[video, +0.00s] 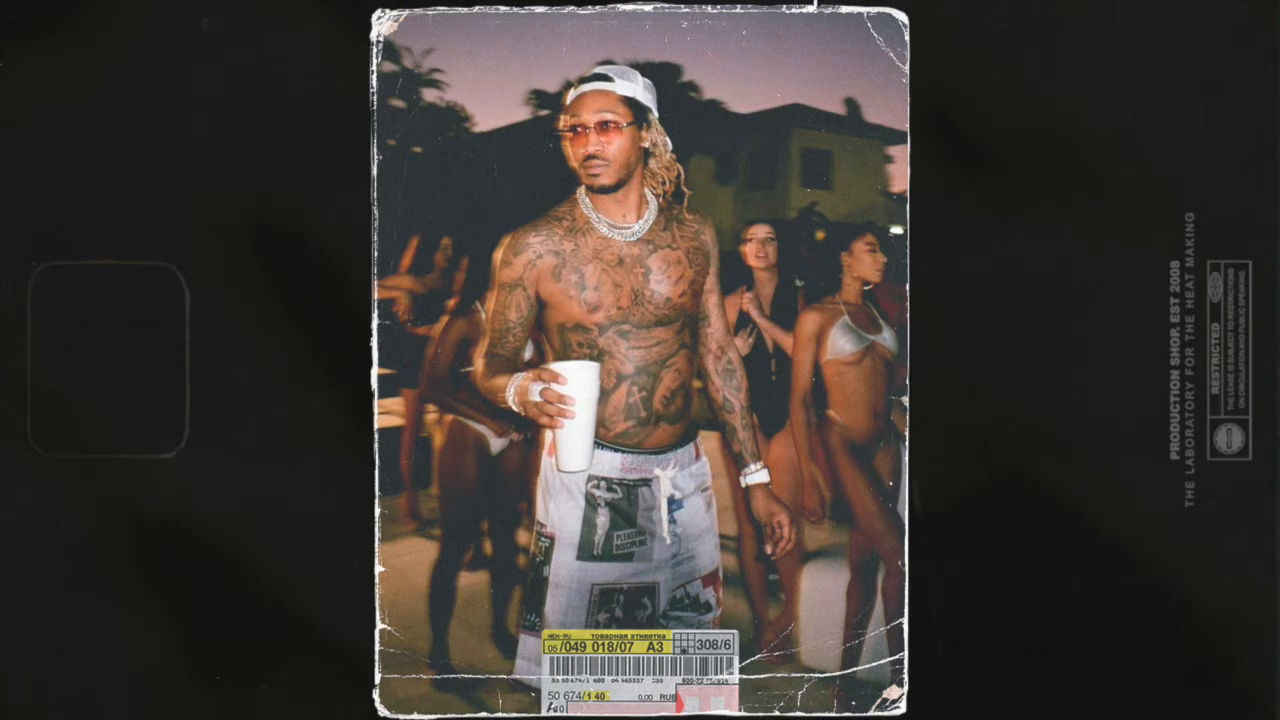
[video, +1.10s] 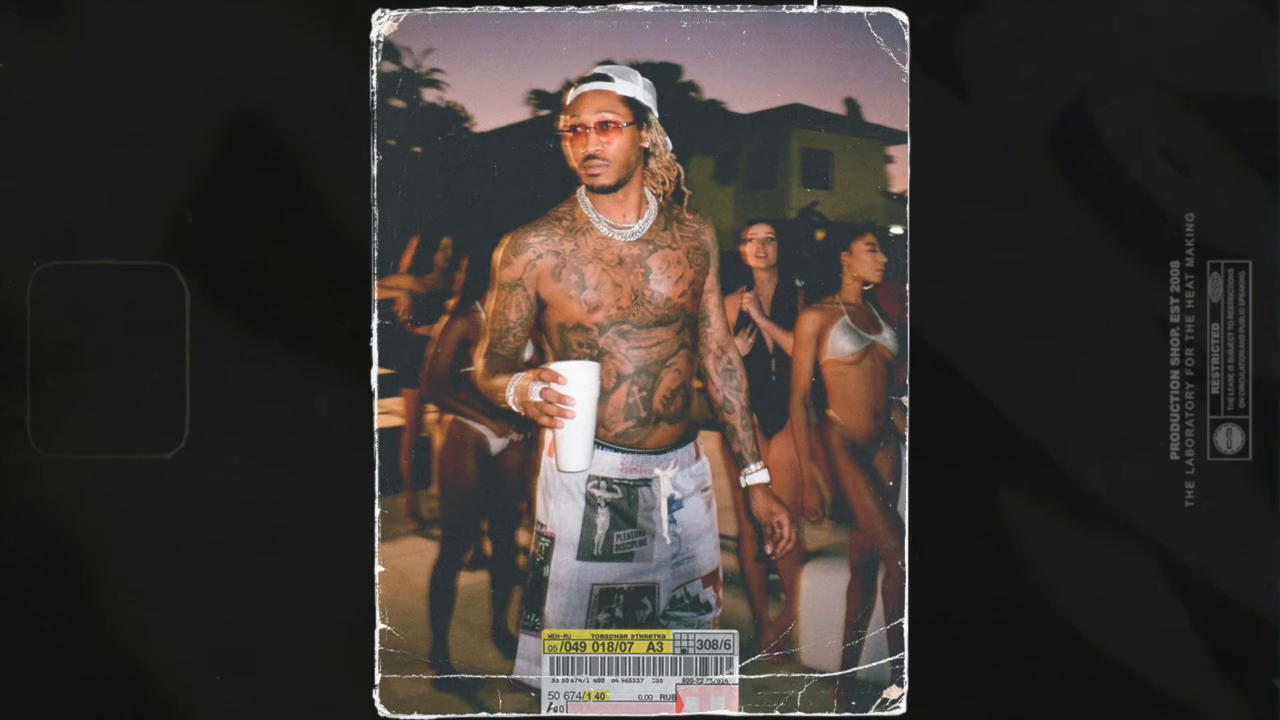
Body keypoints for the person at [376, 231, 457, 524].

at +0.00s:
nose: (446, 255)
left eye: (451, 250)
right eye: (442, 249)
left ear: (455, 255)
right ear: (431, 252)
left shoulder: (454, 283)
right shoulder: (414, 283)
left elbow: (459, 315)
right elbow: (401, 321)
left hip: (444, 354)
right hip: (416, 352)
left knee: (449, 426)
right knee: (413, 427)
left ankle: (450, 499)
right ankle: (410, 500)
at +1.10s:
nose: (446, 254)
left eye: (451, 250)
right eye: (442, 248)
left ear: (455, 255)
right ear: (430, 252)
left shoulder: (455, 282)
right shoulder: (414, 282)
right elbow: (380, 287)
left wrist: (437, 327)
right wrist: (403, 294)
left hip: (445, 352)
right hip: (416, 350)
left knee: (449, 426)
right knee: (413, 427)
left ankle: (451, 498)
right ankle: (410, 501)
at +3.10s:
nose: (446, 254)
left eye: (450, 249)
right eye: (442, 248)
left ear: (454, 254)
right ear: (430, 251)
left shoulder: (454, 280)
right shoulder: (414, 282)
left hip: (444, 347)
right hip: (416, 345)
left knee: (449, 425)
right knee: (413, 426)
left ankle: (452, 498)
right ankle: (410, 502)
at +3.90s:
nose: (446, 254)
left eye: (450, 249)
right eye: (442, 248)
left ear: (455, 253)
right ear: (431, 250)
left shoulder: (456, 277)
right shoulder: (414, 281)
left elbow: (461, 305)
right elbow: (393, 287)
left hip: (445, 349)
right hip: (416, 347)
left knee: (449, 426)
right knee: (413, 427)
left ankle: (451, 499)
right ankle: (411, 501)